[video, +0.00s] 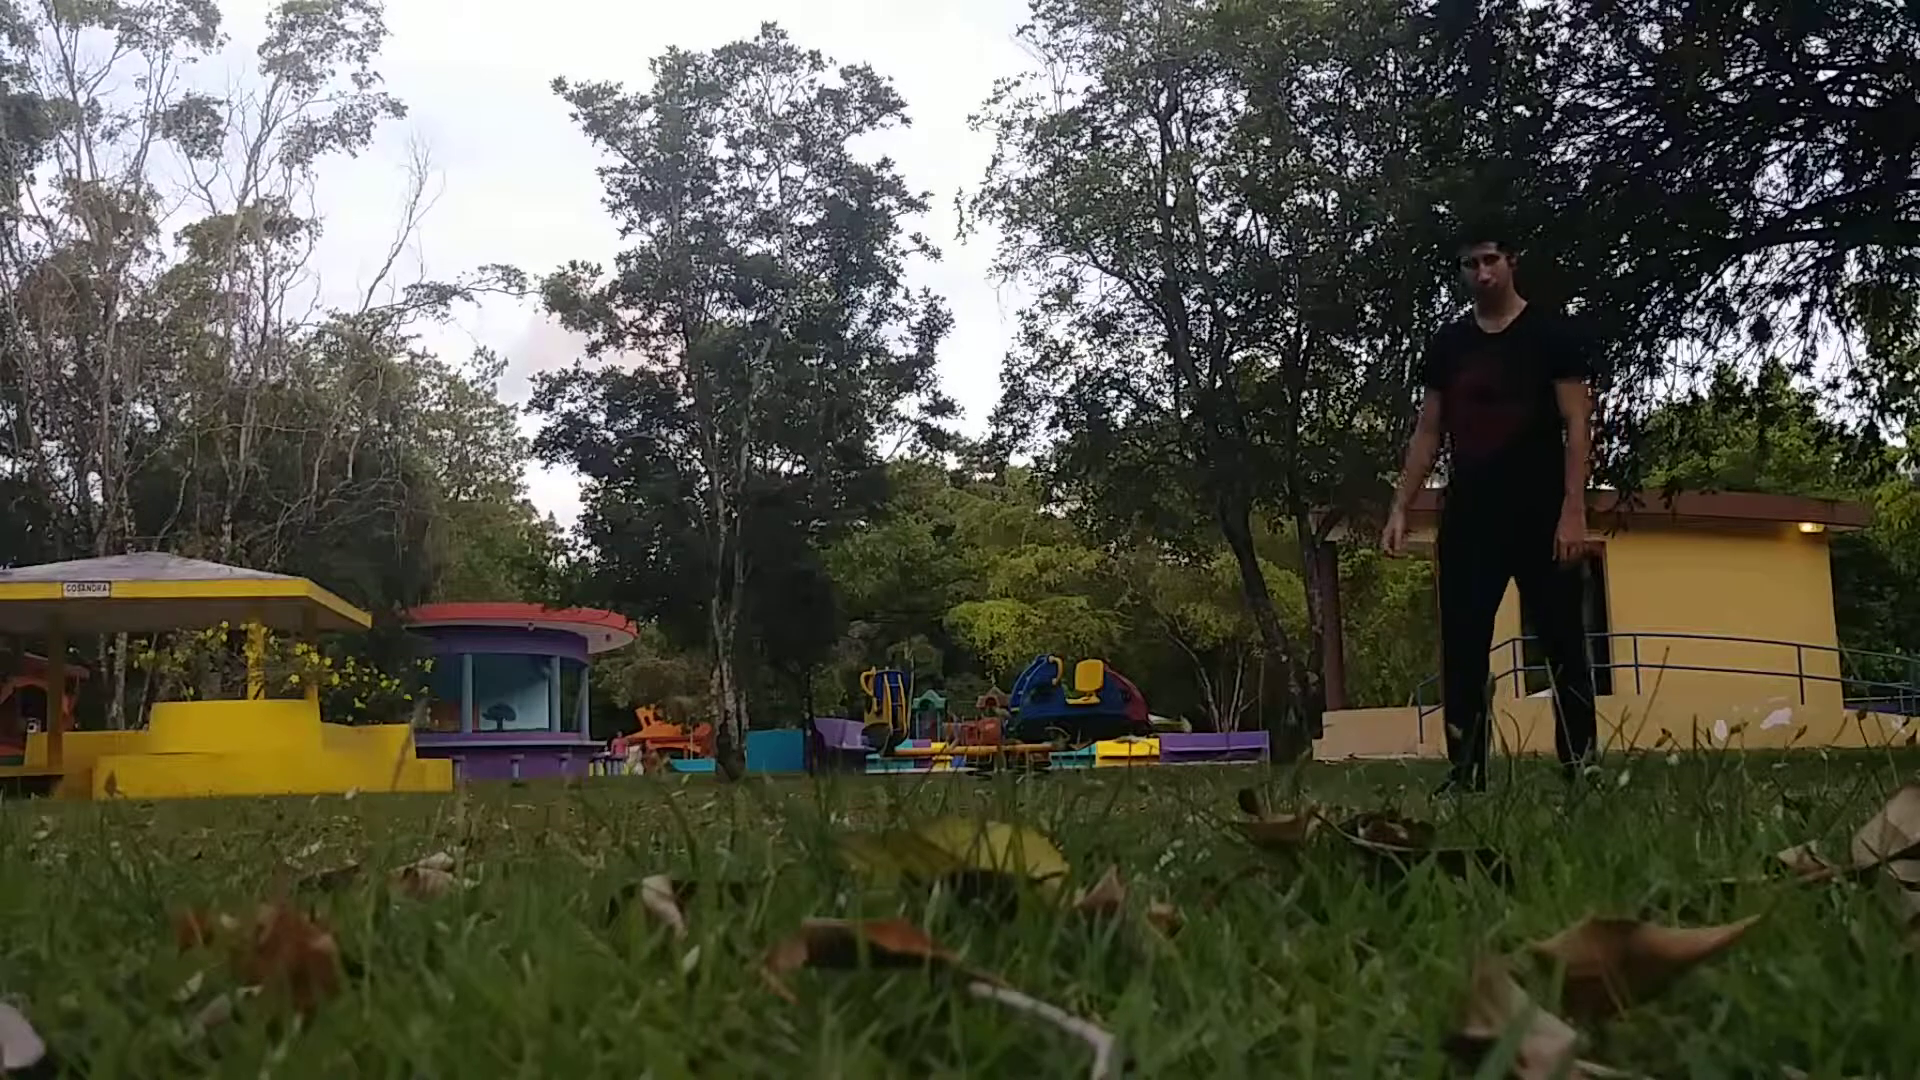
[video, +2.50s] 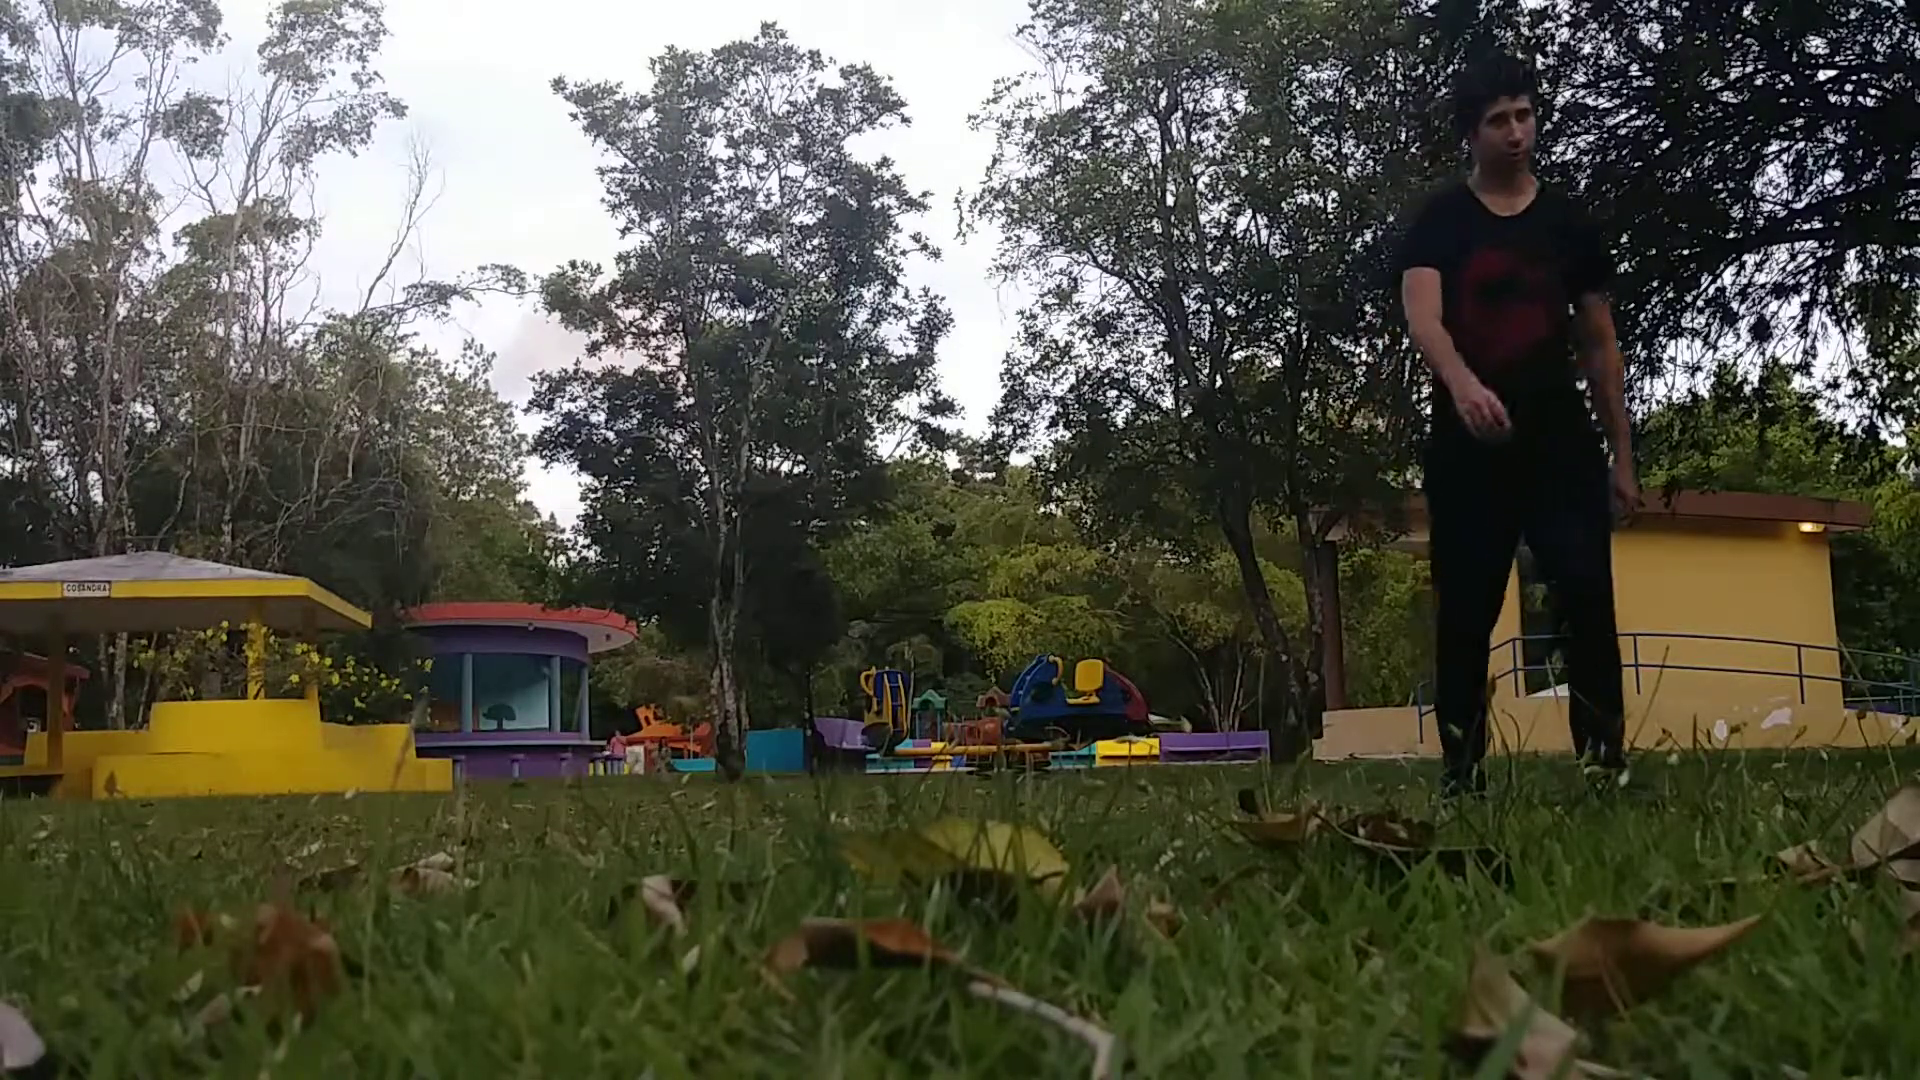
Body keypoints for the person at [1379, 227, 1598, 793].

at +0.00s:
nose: (1482, 271)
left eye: (1490, 260)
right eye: (1472, 264)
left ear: (1512, 264)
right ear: (1462, 274)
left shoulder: (1552, 334)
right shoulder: (1447, 344)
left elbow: (1577, 426)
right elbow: (1427, 431)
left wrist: (1574, 510)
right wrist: (1400, 508)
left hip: (1540, 512)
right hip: (1470, 515)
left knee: (1563, 646)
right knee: (1462, 646)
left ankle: (1579, 767)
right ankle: (1467, 771)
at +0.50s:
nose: (1432, 263)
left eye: (1440, 251)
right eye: (1420, 256)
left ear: (1459, 254)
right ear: (1408, 268)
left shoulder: (1503, 325)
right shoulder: (1395, 341)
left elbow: (1535, 419)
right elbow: (1378, 435)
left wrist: (1543, 503)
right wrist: (1359, 516)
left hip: (1505, 509)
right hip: (1433, 517)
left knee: (1537, 641)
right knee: (1444, 652)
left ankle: (1558, 765)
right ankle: (1464, 775)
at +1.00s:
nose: (1462, 244)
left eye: (1469, 233)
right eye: (1449, 237)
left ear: (1484, 237)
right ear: (1430, 247)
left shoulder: (1524, 311)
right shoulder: (1406, 323)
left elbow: (1563, 407)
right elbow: (1397, 405)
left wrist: (1592, 495)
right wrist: (1405, 462)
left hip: (1515, 497)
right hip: (1439, 501)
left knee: (1523, 633)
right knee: (1446, 639)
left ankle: (1525, 767)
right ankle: (1460, 767)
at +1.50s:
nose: (1477, 220)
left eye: (1487, 208)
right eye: (1465, 210)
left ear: (1506, 211)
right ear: (1449, 217)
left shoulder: (1547, 286)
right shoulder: (1425, 291)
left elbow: (1576, 387)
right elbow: (1398, 390)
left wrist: (1546, 465)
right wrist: (1370, 481)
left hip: (1530, 485)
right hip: (1452, 490)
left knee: (1536, 635)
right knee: (1448, 630)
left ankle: (1526, 769)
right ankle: (1450, 767)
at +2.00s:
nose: (1447, 169)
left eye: (1456, 155)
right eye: (1432, 160)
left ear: (1472, 160)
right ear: (1409, 171)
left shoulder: (1521, 241)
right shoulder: (1387, 259)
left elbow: (1561, 340)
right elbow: (1357, 360)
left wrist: (1587, 442)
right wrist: (1335, 458)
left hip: (1524, 455)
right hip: (1440, 463)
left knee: (1553, 603)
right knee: (1450, 615)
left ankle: (1521, 723)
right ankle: (1461, 764)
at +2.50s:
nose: (1517, 131)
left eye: (1525, 117)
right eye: (1500, 120)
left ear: (1536, 124)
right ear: (1468, 133)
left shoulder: (1570, 223)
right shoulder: (1438, 218)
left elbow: (1601, 343)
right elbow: (1421, 318)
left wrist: (1621, 453)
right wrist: (1461, 381)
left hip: (1560, 437)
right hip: (1470, 442)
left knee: (1588, 600)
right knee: (1465, 613)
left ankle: (1604, 765)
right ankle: (1463, 772)